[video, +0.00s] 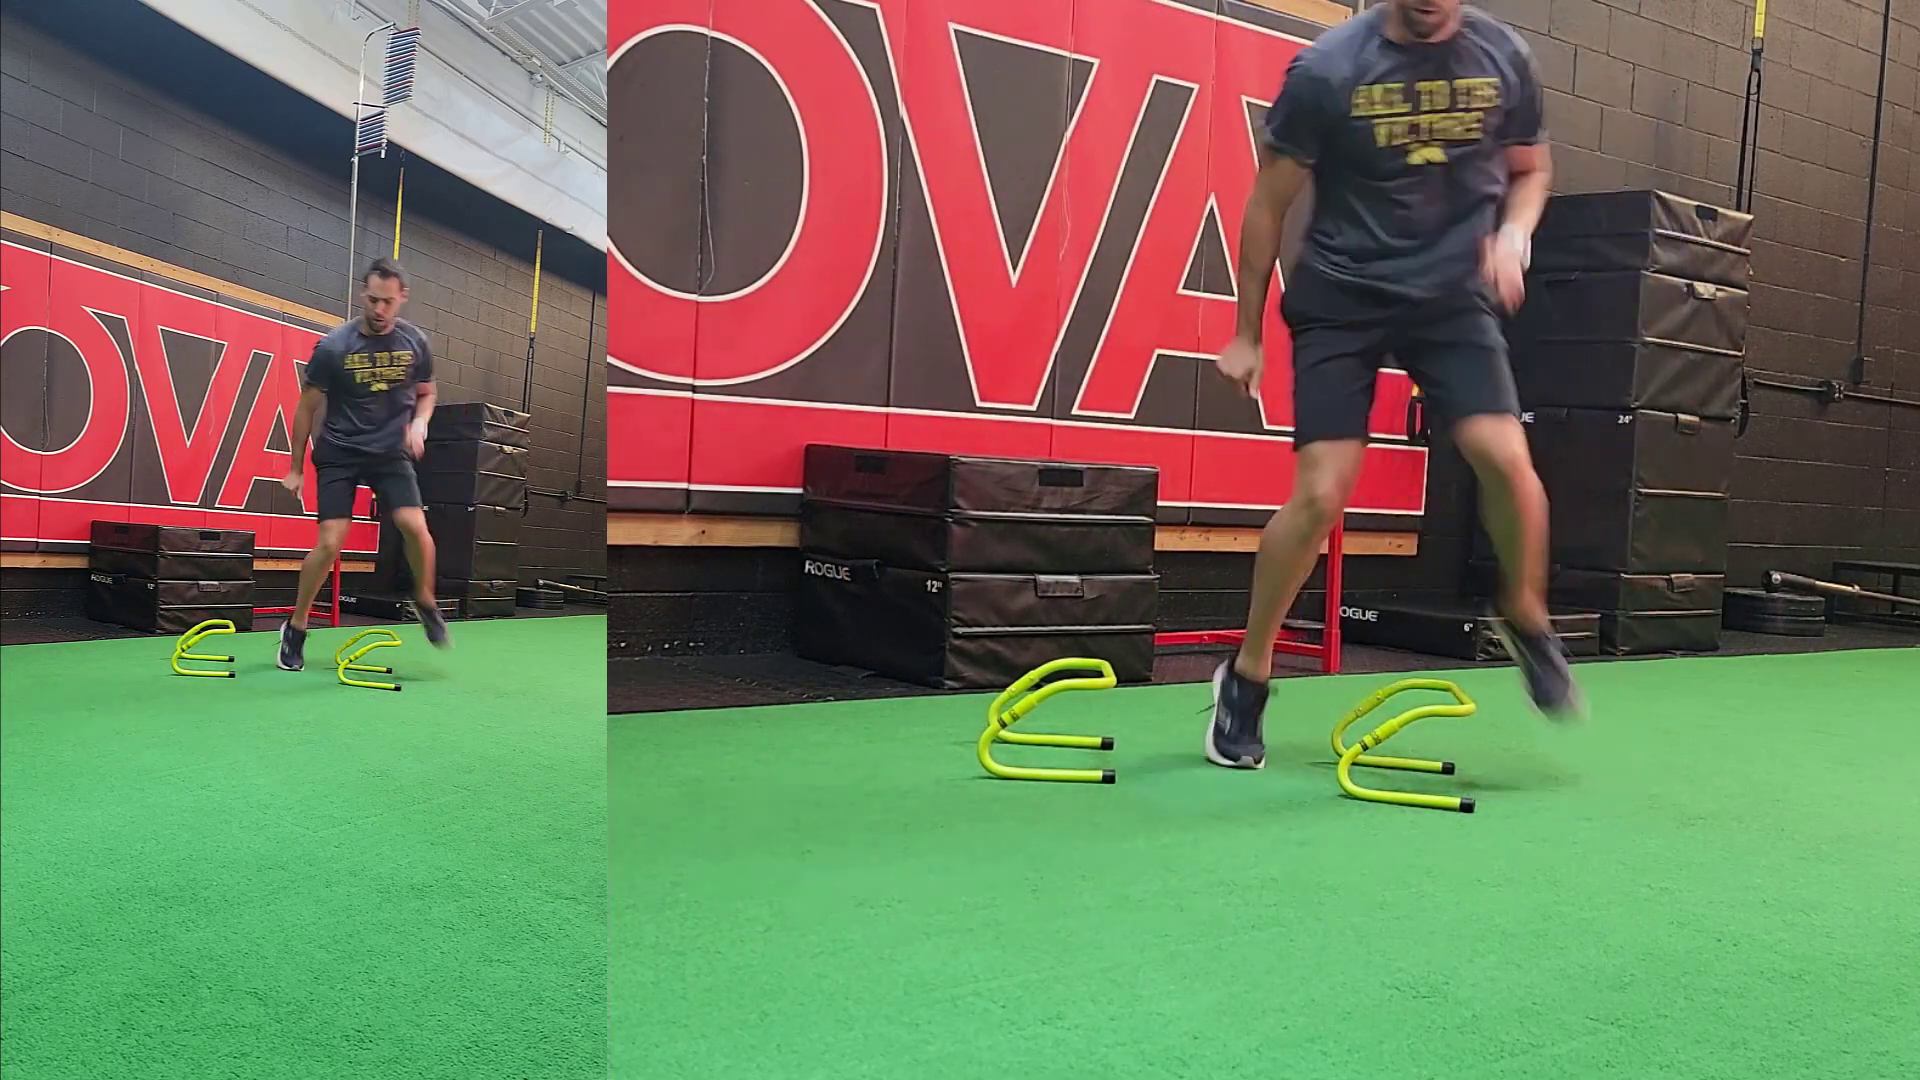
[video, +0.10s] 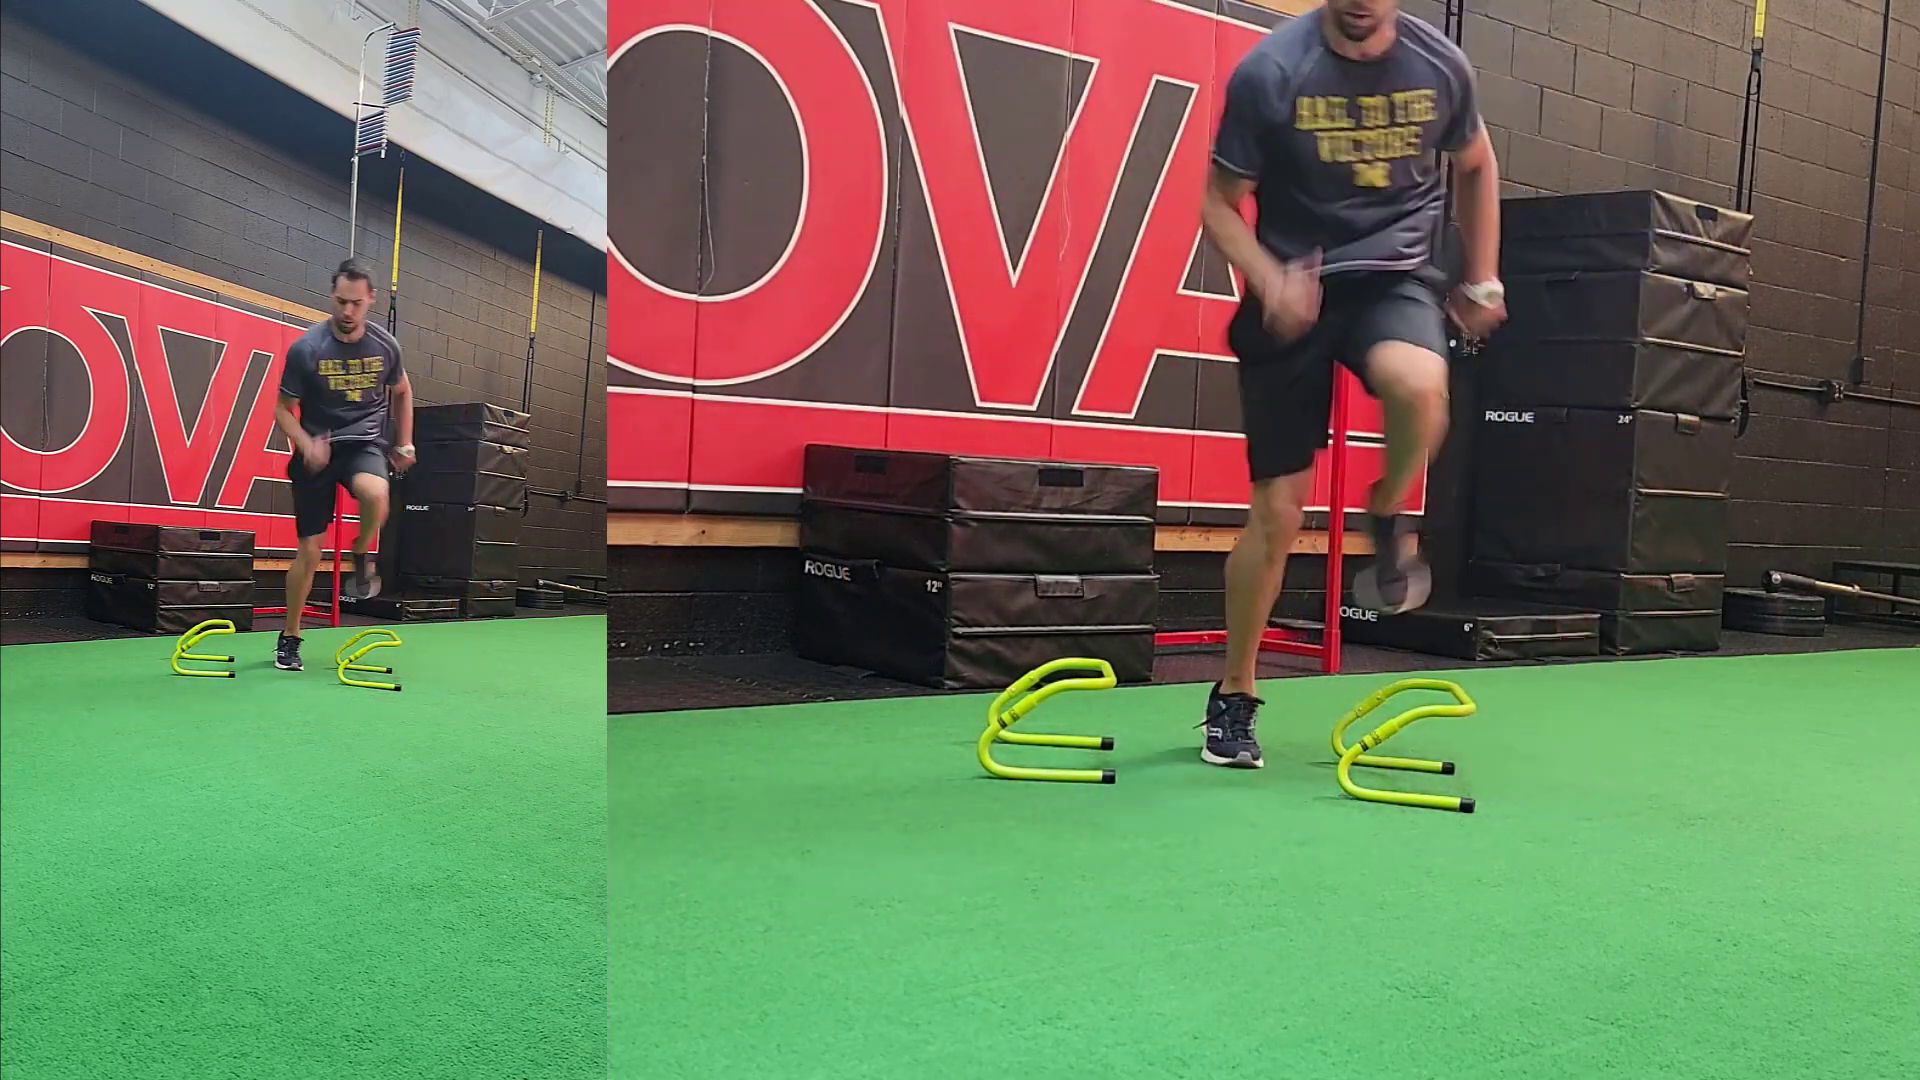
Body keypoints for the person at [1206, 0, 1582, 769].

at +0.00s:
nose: (1432, 5)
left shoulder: (1503, 56)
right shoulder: (1326, 69)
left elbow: (1531, 169)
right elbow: (1269, 200)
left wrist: (1513, 234)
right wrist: (1245, 333)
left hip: (1453, 299)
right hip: (1340, 300)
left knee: (1507, 460)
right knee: (1321, 496)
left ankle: (1526, 617)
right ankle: (1249, 677)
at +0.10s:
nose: (1363, 13)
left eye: (1377, 6)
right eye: (1349, 7)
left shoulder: (1443, 68)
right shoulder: (1267, 75)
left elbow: (1475, 166)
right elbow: (1219, 204)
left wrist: (1484, 278)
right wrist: (1270, 279)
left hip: (1397, 280)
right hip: (1292, 282)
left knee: (1418, 387)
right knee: (1279, 511)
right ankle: (1236, 694)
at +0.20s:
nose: (1325, 4)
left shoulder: (1400, 40)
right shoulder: (1215, 37)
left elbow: (1427, 137)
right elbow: (1169, 159)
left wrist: (1422, 248)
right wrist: (1225, 192)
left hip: (1335, 266)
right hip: (1230, 269)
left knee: (1327, 419)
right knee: (1226, 460)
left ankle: (1303, 629)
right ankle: (1222, 657)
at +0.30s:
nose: (1252, 9)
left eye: (1265, 3)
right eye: (1238, 2)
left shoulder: (1340, 57)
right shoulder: (1159, 41)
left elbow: (1363, 180)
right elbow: (1119, 155)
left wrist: (1352, 297)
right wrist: (1114, 248)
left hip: (1280, 287)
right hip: (1176, 274)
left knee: (1259, 486)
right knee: (1141, 408)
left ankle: (1272, 705)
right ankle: (1177, 505)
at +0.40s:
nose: (1191, 8)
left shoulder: (1290, 69)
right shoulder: (1111, 54)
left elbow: (1328, 198)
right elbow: (1066, 155)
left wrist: (1313, 325)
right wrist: (1063, 225)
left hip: (1231, 305)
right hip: (1124, 279)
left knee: (1235, 504)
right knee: (1053, 391)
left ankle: (1266, 712)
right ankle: (1071, 479)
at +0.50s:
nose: (1127, 11)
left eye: (1143, 3)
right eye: (1114, 2)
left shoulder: (1224, 62)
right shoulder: (1043, 46)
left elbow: (1283, 185)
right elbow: (1008, 150)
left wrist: (1273, 314)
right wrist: (1020, 216)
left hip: (1172, 281)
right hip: (1066, 270)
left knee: (1175, 450)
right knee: (988, 437)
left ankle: (1225, 632)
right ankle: (911, 614)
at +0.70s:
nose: (985, 101)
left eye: (1005, 83)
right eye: (972, 79)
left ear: (1047, 67)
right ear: (958, 57)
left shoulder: (1099, 166)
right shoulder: (919, 131)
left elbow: (1085, 324)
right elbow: (902, 203)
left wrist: (983, 237)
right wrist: (893, 255)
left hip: (1053, 348)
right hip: (950, 337)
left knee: (1024, 456)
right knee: (897, 500)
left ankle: (980, 516)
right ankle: (850, 693)